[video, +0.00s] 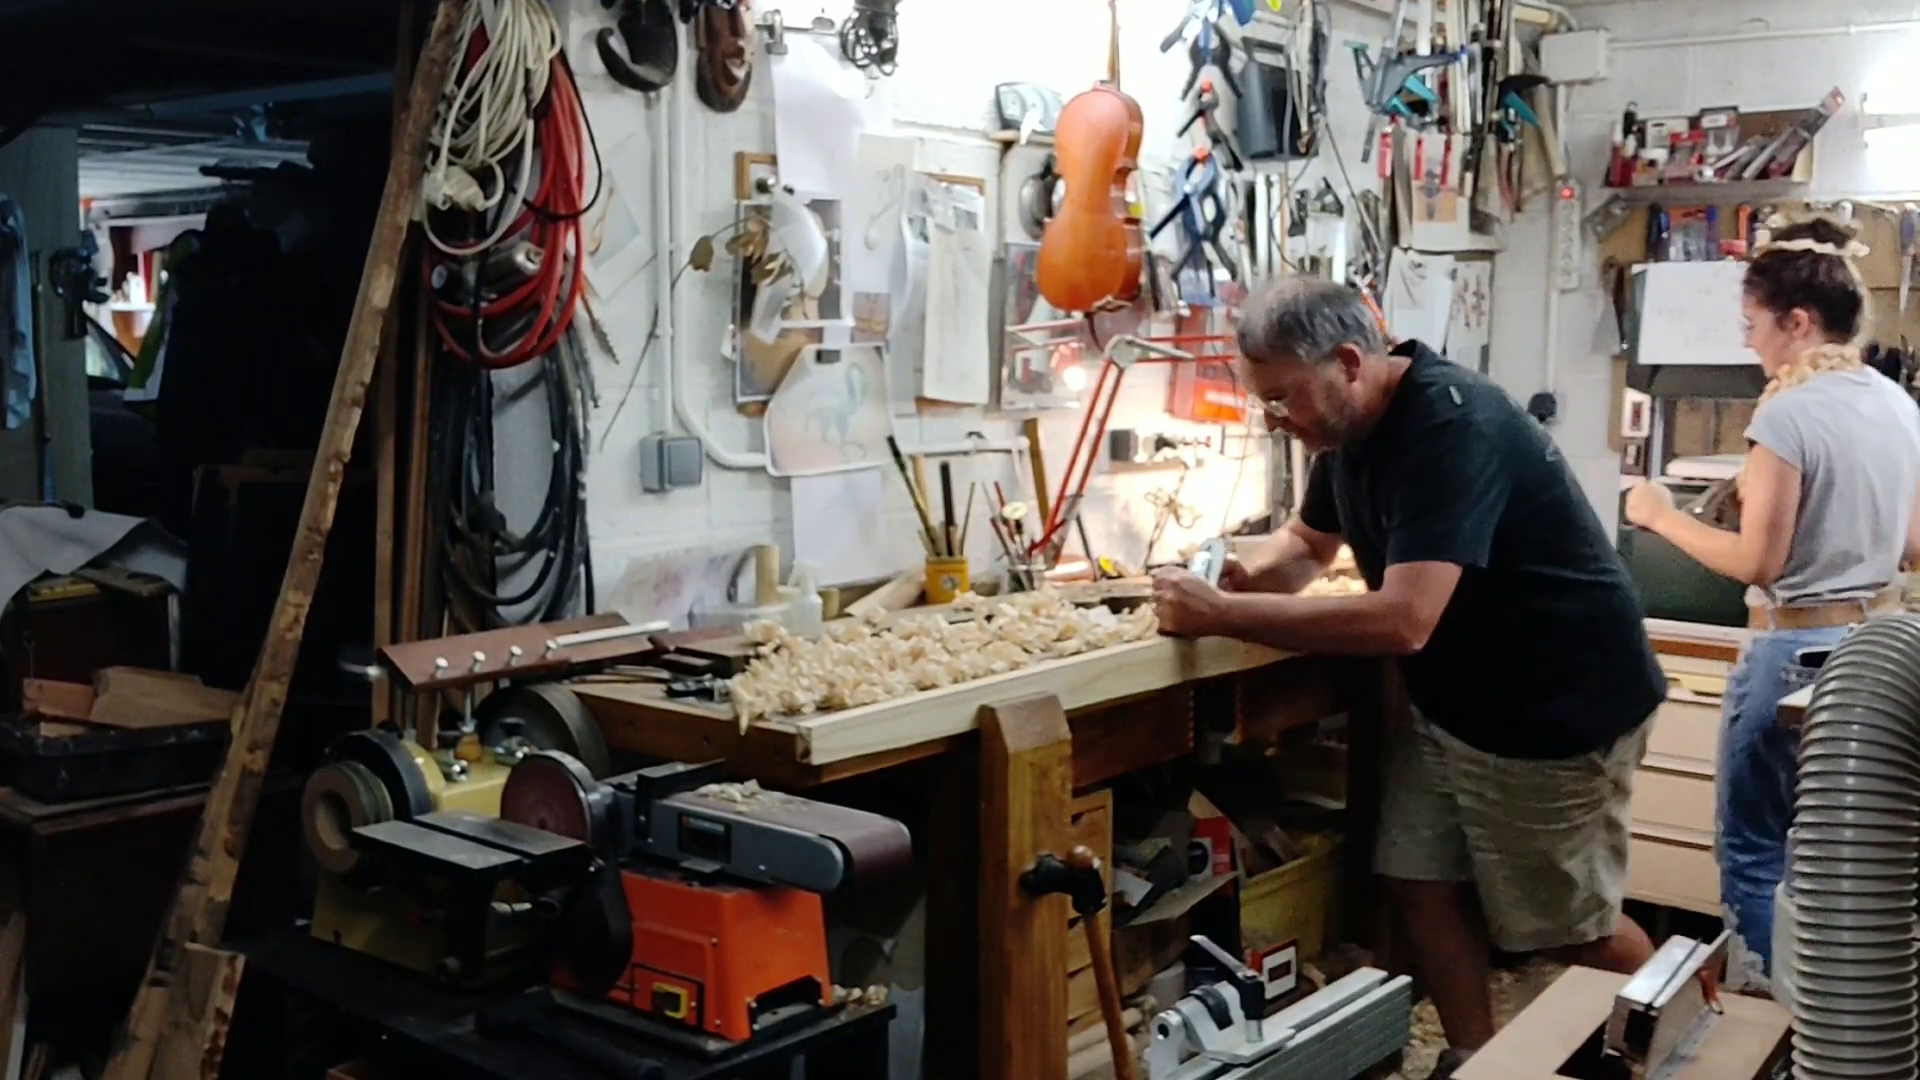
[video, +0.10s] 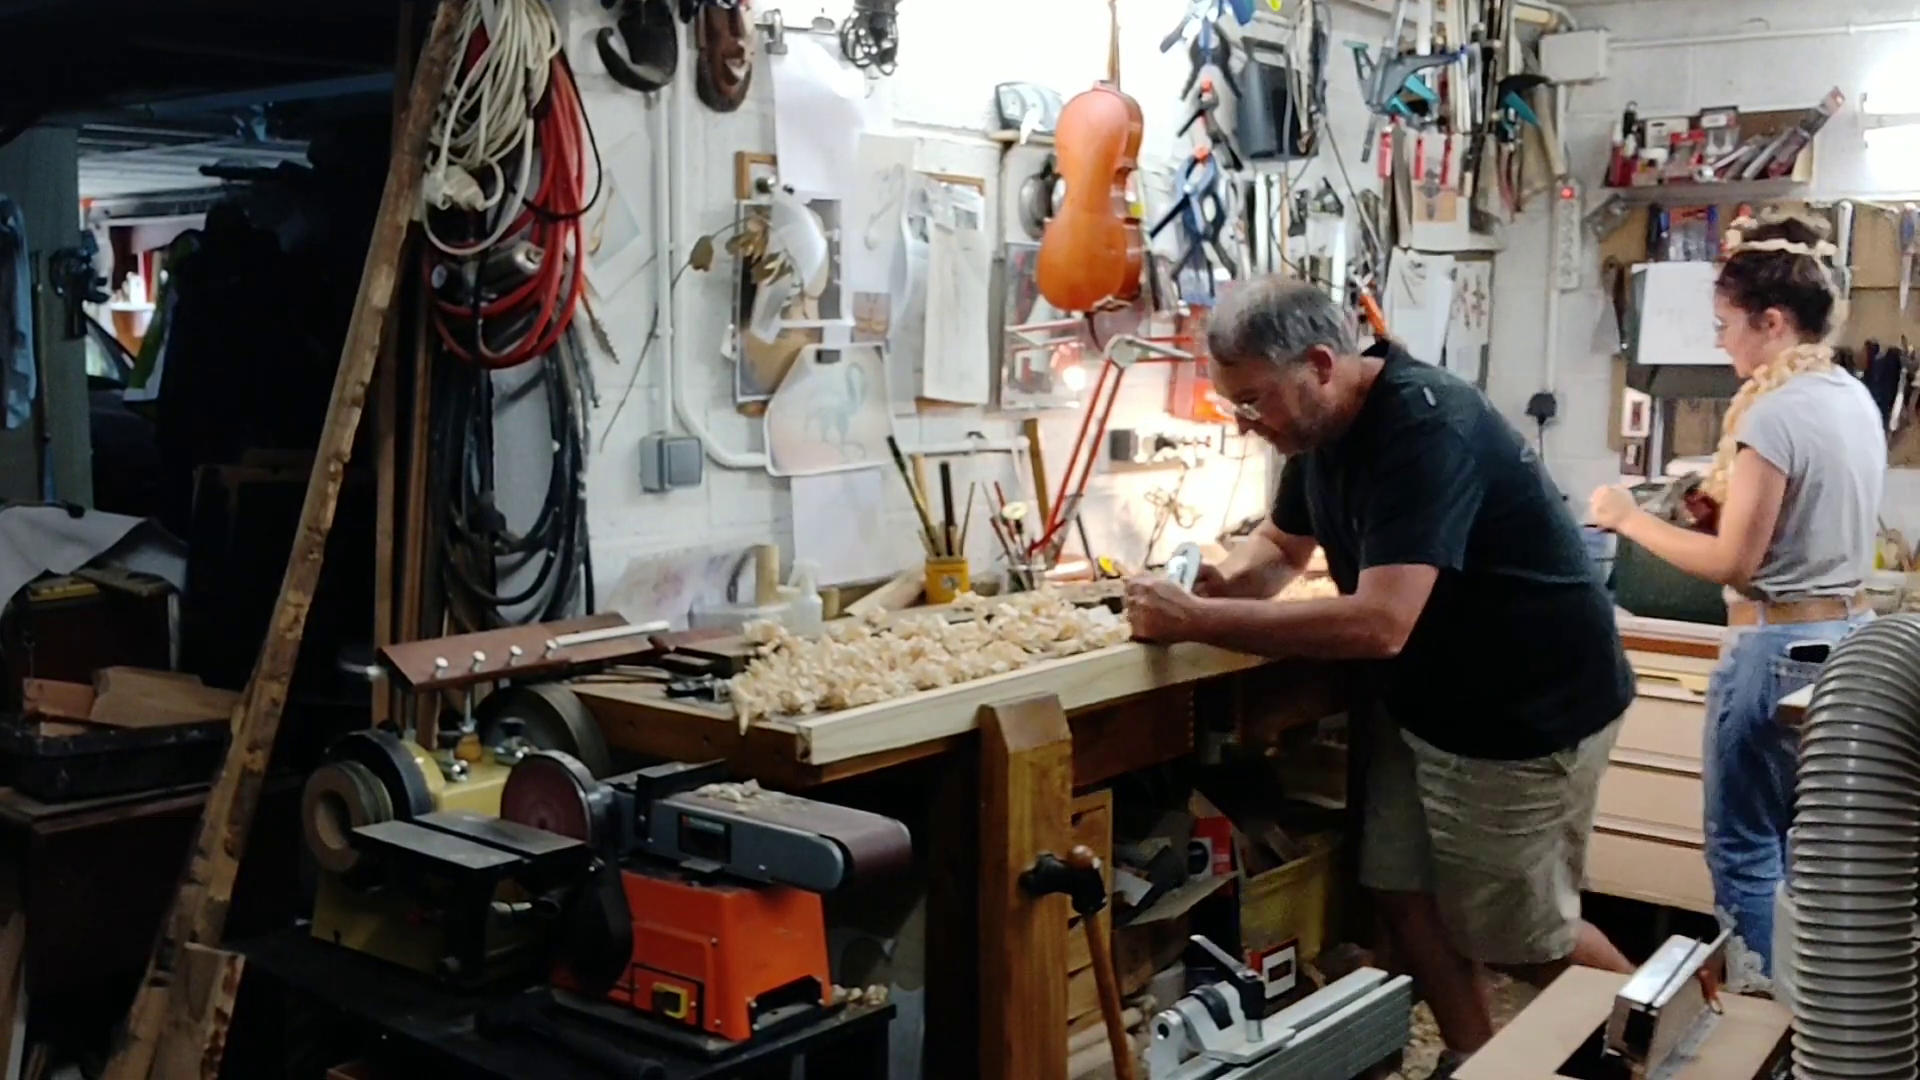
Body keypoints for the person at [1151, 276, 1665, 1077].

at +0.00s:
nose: (1281, 423)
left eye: (1286, 399)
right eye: (1269, 406)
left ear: (1350, 360)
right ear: (1345, 361)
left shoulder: (1453, 423)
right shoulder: (1348, 430)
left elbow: (1403, 620)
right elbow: (1309, 544)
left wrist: (1223, 614)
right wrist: (1247, 575)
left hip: (1560, 714)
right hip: (1452, 702)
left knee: (1571, 928)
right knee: (1423, 884)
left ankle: (1694, 1005)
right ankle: (1473, 1063)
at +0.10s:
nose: (1248, 425)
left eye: (1253, 402)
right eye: (1238, 407)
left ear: (1319, 365)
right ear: (1314, 366)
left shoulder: (1426, 424)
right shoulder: (1320, 429)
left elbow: (1381, 623)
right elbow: (1283, 549)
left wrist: (1196, 619)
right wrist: (1230, 580)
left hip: (1525, 714)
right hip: (1424, 702)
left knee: (1525, 932)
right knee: (1405, 891)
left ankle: (1662, 1012)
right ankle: (1474, 1054)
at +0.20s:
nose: (1217, 423)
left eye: (1226, 402)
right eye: (1209, 406)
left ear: (1292, 362)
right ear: (1289, 363)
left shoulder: (1401, 418)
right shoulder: (1294, 428)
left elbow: (1366, 624)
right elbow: (1264, 543)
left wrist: (1179, 622)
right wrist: (1210, 583)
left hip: (1509, 709)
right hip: (1403, 703)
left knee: (1492, 938)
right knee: (1405, 912)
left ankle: (1601, 1049)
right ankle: (1473, 1060)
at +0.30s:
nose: (1192, 422)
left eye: (1200, 400)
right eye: (1183, 405)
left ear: (1269, 358)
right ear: (1265, 360)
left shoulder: (1382, 415)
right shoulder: (1275, 424)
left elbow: (1346, 626)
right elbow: (1244, 542)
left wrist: (1160, 624)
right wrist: (1183, 581)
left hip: (1500, 693)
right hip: (1397, 692)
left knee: (1456, 937)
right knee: (1403, 922)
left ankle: (1519, 1078)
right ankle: (1473, 1062)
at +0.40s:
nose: (1174, 422)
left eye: (1181, 400)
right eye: (1164, 404)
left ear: (1249, 360)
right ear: (1243, 361)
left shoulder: (1361, 416)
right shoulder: (1257, 422)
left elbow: (1327, 632)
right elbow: (1228, 543)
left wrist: (1138, 629)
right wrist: (1172, 584)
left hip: (1488, 688)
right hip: (1401, 690)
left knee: (1424, 927)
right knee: (1410, 919)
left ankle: (1449, 1079)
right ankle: (1468, 1067)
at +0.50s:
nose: (1154, 421)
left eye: (1160, 399)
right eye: (1143, 403)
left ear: (1229, 358)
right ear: (1225, 357)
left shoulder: (1345, 417)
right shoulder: (1244, 420)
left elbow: (1308, 636)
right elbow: (1207, 547)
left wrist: (1116, 638)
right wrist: (1146, 598)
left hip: (1475, 698)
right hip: (1400, 695)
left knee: (1367, 940)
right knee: (1434, 902)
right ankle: (1485, 1062)